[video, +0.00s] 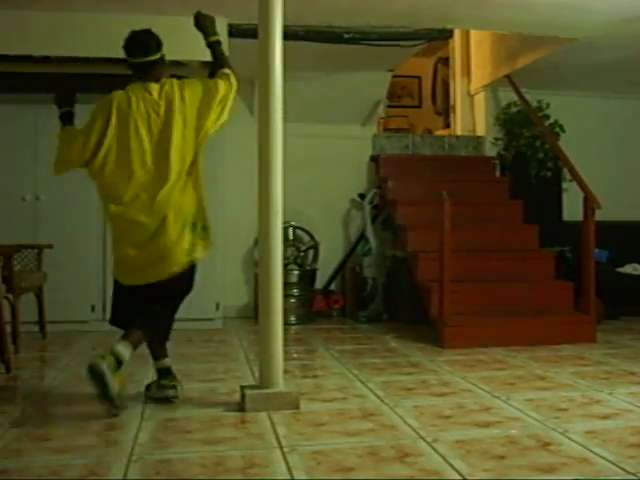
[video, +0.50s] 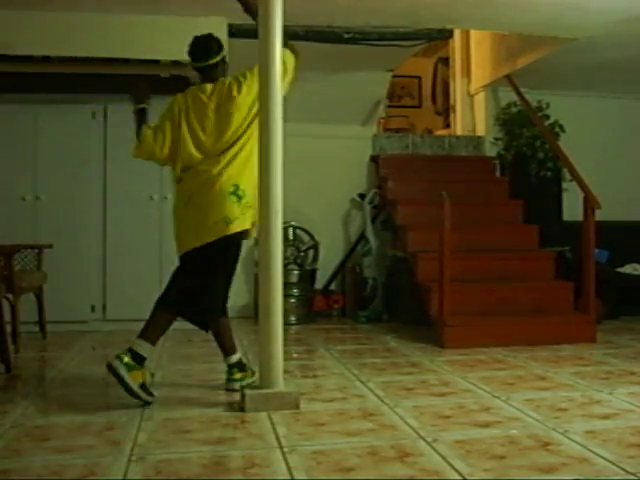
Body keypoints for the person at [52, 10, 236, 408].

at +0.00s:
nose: (159, 66)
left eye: (146, 60)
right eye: (160, 60)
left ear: (129, 66)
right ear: (163, 62)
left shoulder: (113, 107)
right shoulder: (184, 96)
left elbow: (70, 157)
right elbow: (226, 80)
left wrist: (66, 114)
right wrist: (212, 36)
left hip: (128, 218)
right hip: (176, 216)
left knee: (145, 299)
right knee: (168, 293)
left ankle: (165, 375)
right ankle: (115, 359)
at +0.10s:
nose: (161, 59)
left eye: (150, 55)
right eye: (166, 53)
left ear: (139, 59)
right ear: (173, 56)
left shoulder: (123, 97)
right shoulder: (194, 87)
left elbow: (82, 145)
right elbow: (235, 68)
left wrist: (71, 111)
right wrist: (218, 27)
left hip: (142, 209)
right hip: (191, 207)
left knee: (156, 288)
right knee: (178, 290)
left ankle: (172, 364)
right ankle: (131, 364)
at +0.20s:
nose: (174, 61)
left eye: (162, 57)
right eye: (178, 55)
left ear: (153, 61)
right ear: (185, 58)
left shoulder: (134, 100)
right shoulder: (206, 88)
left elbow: (93, 137)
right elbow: (243, 60)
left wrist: (80, 102)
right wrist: (223, 17)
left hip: (155, 215)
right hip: (202, 214)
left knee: (176, 288)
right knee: (172, 295)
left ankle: (200, 351)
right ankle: (127, 373)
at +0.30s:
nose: (181, 65)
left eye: (172, 59)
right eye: (189, 57)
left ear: (167, 62)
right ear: (200, 59)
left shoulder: (153, 101)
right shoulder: (219, 90)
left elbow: (108, 141)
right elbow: (252, 62)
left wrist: (99, 106)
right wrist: (236, 21)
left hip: (169, 220)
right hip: (211, 216)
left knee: (203, 295)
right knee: (171, 294)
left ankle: (226, 364)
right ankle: (129, 371)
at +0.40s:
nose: (205, 70)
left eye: (195, 64)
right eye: (209, 63)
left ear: (180, 68)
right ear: (213, 65)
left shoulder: (166, 105)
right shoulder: (230, 94)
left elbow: (132, 146)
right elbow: (269, 64)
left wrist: (120, 110)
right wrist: (251, 20)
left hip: (179, 216)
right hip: (221, 212)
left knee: (214, 291)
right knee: (177, 292)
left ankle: (237, 366)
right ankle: (130, 368)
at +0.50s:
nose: (218, 68)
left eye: (206, 66)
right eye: (220, 62)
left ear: (193, 69)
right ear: (225, 64)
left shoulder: (181, 107)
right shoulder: (246, 90)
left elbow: (150, 147)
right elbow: (285, 57)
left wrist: (140, 111)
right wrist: (258, 15)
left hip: (192, 216)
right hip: (233, 212)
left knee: (212, 295)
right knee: (185, 288)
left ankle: (236, 366)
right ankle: (135, 359)